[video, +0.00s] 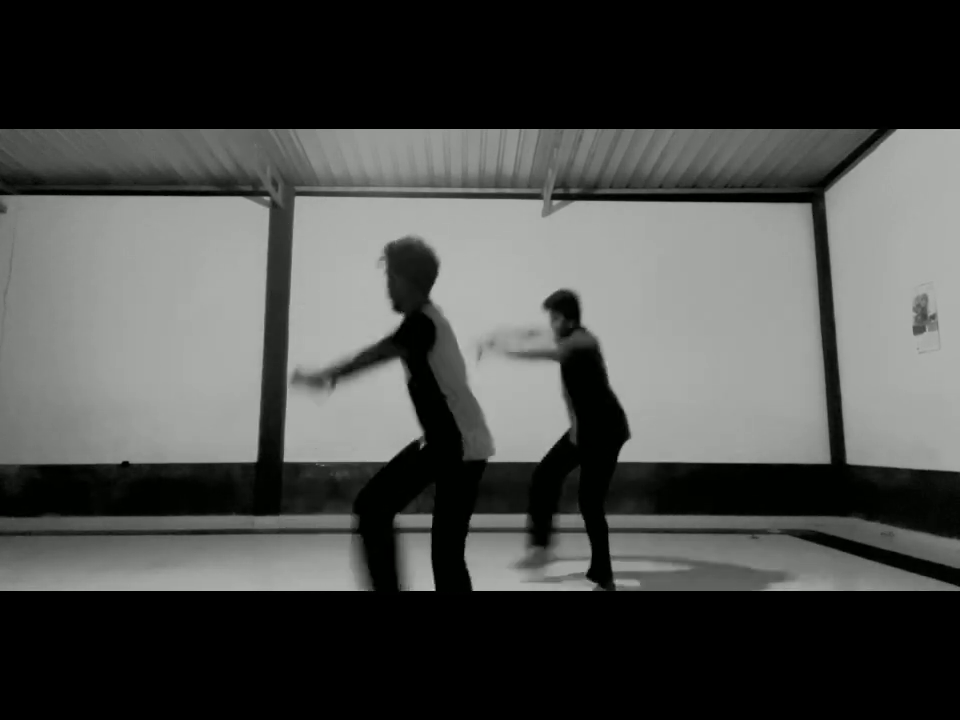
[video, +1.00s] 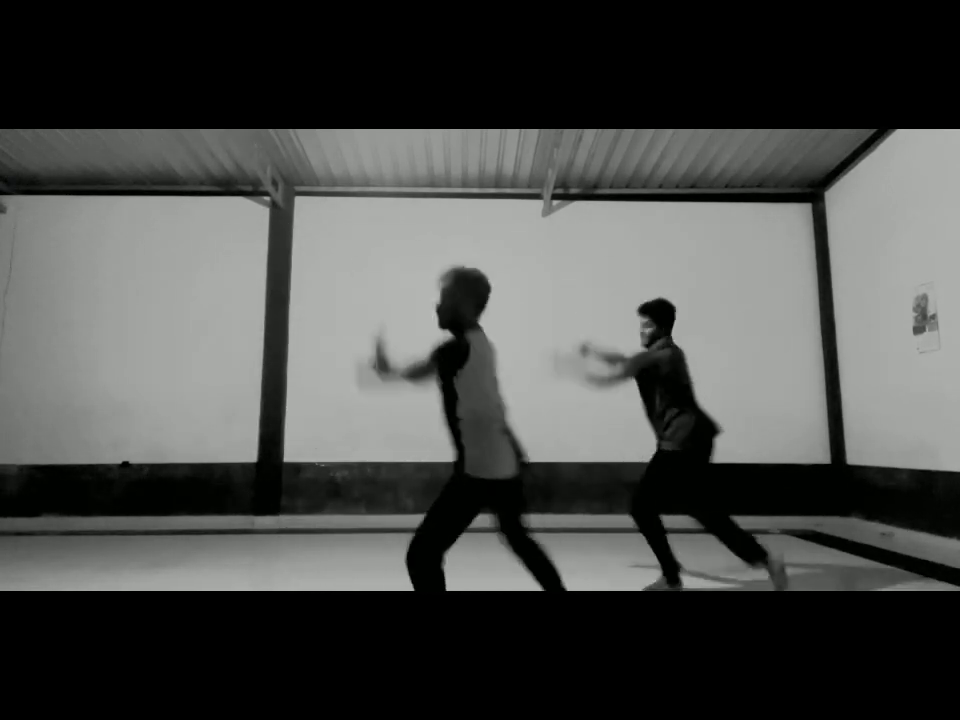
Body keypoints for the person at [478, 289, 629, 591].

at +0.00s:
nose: (550, 324)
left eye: (553, 318)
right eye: (550, 318)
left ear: (566, 318)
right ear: (566, 317)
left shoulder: (580, 342)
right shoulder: (570, 340)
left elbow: (549, 353)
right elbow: (533, 338)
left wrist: (506, 354)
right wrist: (497, 341)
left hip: (604, 432)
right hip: (583, 430)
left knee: (590, 499)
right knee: (545, 475)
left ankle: (602, 573)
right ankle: (539, 548)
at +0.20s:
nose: (576, 303)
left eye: (578, 299)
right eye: (582, 298)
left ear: (579, 303)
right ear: (605, 301)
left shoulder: (572, 331)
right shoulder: (616, 325)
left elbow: (542, 302)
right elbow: (613, 287)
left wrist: (535, 270)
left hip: (601, 428)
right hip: (630, 419)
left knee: (602, 503)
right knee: (618, 443)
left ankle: (621, 577)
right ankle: (628, 494)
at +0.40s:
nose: (621, 308)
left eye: (615, 305)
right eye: (619, 305)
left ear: (596, 316)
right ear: (620, 310)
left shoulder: (588, 341)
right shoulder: (640, 336)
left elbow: (555, 308)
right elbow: (676, 299)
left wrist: (546, 271)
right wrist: (694, 260)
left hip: (612, 433)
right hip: (648, 426)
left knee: (604, 506)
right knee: (704, 446)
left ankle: (621, 580)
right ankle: (707, 517)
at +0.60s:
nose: (650, 323)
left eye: (642, 321)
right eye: (647, 319)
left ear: (622, 332)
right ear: (645, 322)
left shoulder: (615, 364)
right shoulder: (674, 348)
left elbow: (578, 374)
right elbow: (726, 351)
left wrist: (547, 371)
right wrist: (770, 341)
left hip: (645, 444)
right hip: (689, 438)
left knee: (607, 496)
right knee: (734, 496)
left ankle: (613, 575)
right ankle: (767, 571)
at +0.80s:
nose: (644, 352)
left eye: (637, 350)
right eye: (647, 345)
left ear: (637, 355)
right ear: (659, 343)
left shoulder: (641, 392)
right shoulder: (693, 369)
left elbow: (637, 435)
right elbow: (709, 403)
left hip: (675, 461)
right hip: (720, 457)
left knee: (619, 501)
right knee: (753, 509)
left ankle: (613, 578)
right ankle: (761, 577)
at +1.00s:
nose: (641, 331)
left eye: (646, 325)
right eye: (640, 325)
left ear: (659, 328)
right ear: (662, 329)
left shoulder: (658, 354)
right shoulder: (666, 351)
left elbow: (620, 370)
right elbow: (627, 361)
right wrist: (595, 353)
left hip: (680, 441)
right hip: (693, 438)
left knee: (642, 504)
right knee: (701, 506)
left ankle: (671, 577)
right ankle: (766, 561)